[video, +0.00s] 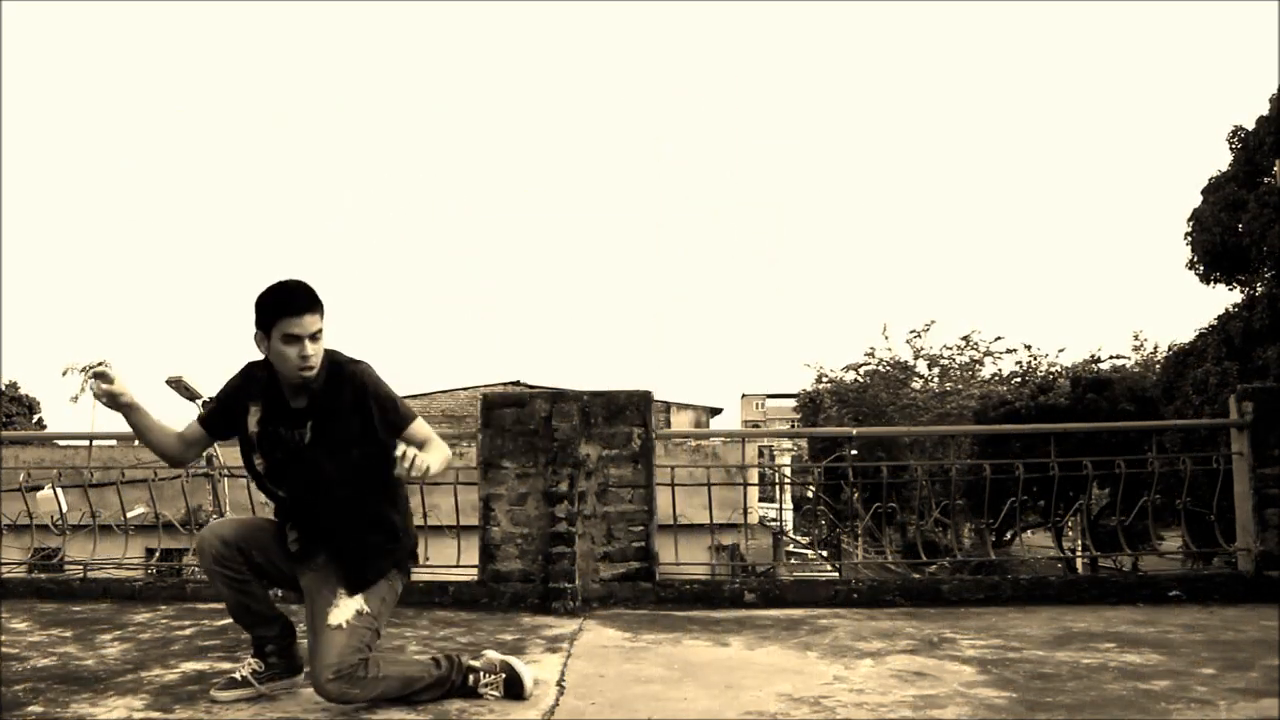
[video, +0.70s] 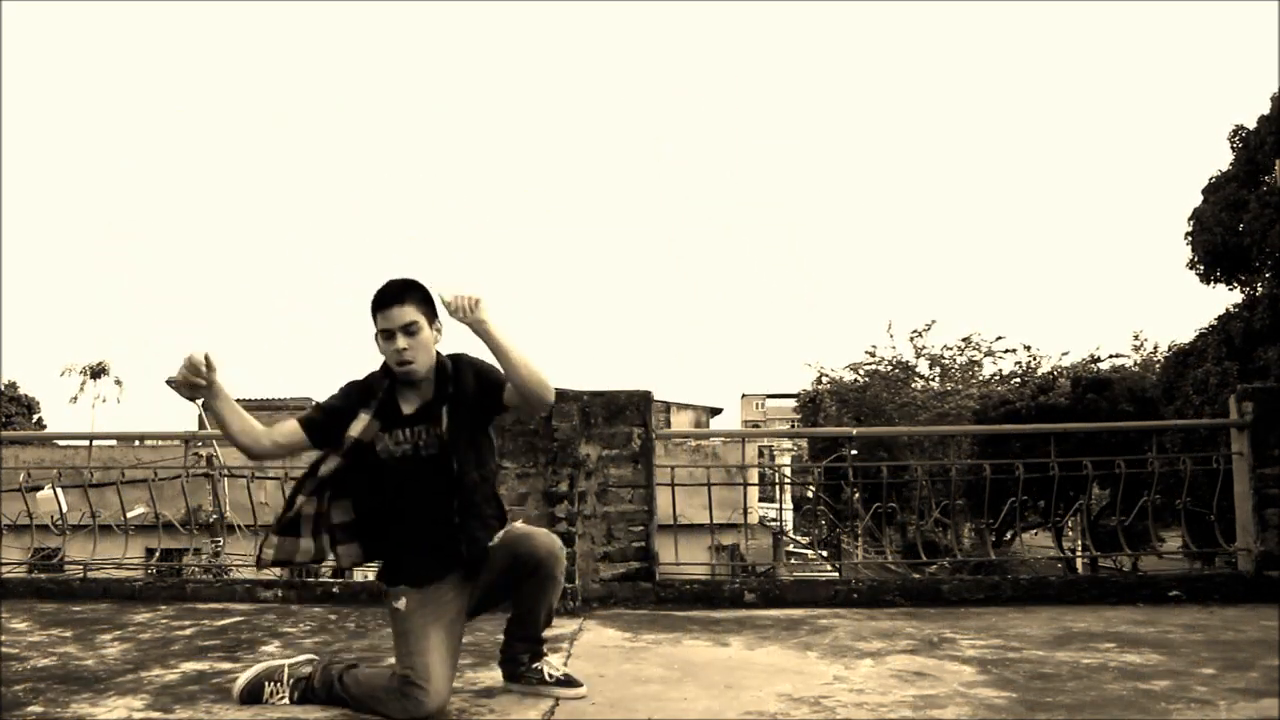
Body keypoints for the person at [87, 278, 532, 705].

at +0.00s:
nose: (307, 352)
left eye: (315, 338)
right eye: (292, 341)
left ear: (324, 332)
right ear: (264, 341)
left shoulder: (354, 380)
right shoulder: (251, 386)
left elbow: (436, 448)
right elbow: (179, 450)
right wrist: (127, 404)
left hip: (366, 559)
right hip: (301, 545)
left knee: (338, 682)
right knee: (218, 542)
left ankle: (467, 675)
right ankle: (278, 659)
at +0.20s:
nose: (281, 349)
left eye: (290, 333)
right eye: (266, 340)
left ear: (308, 327)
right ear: (249, 344)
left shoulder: (349, 379)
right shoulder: (250, 400)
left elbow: (437, 460)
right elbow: (199, 484)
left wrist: (419, 435)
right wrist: (140, 437)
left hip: (362, 557)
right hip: (300, 544)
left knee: (335, 690)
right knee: (218, 549)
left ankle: (462, 675)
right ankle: (280, 662)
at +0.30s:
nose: (279, 345)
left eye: (288, 329)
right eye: (267, 336)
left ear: (313, 316)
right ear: (256, 334)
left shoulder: (360, 359)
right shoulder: (261, 380)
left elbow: (450, 403)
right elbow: (174, 426)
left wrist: (401, 344)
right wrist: (125, 362)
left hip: (382, 548)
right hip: (311, 540)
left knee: (350, 659)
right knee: (234, 547)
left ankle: (467, 674)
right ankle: (278, 662)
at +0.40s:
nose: (302, 310)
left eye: (311, 296)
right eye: (291, 301)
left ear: (341, 283)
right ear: (281, 299)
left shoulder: (385, 318)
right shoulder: (278, 344)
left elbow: (460, 306)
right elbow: (182, 340)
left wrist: (394, 245)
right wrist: (127, 279)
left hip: (422, 511)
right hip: (346, 518)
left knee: (437, 576)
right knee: (292, 571)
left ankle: (476, 667)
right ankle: (284, 667)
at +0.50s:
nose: (324, 295)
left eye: (334, 281)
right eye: (313, 286)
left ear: (362, 271)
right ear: (303, 283)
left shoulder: (404, 305)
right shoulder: (295, 335)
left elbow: (475, 288)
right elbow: (198, 327)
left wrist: (409, 231)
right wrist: (144, 268)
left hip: (451, 497)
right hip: (377, 514)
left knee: (503, 541)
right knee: (360, 611)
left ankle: (490, 655)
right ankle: (292, 677)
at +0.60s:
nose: (363, 314)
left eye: (374, 300)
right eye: (354, 303)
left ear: (403, 294)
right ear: (346, 303)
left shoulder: (438, 334)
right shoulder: (334, 359)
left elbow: (509, 334)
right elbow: (228, 369)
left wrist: (446, 275)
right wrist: (181, 319)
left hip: (475, 532)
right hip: (411, 555)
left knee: (544, 543)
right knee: (424, 684)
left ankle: (523, 661)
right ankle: (310, 679)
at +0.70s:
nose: (398, 346)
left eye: (410, 332)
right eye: (386, 336)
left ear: (436, 332)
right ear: (376, 342)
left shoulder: (467, 378)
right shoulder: (361, 400)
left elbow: (540, 397)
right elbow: (264, 443)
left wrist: (486, 330)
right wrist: (214, 392)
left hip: (482, 559)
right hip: (419, 580)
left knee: (545, 549)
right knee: (424, 699)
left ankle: (523, 662)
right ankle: (308, 680)